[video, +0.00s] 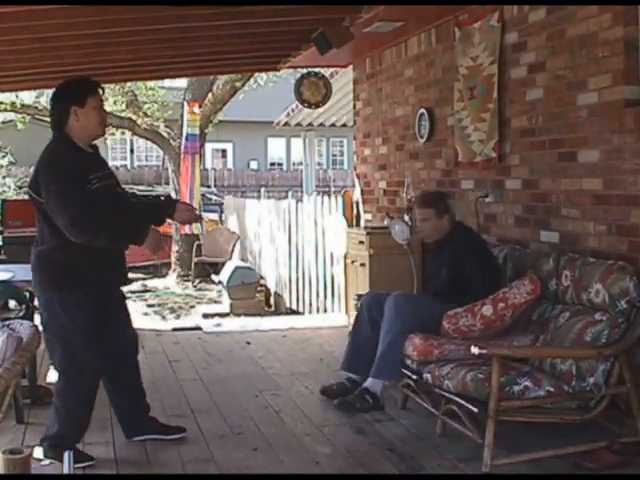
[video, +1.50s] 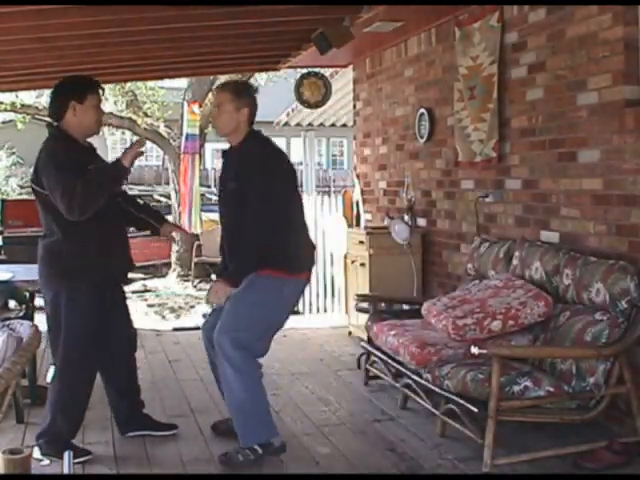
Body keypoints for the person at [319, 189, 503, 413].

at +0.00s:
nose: (419, 226)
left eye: (425, 220)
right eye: (417, 221)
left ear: (446, 219)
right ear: (416, 220)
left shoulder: (468, 243)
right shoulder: (432, 244)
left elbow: (487, 289)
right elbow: (433, 285)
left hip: (465, 316)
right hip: (438, 309)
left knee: (400, 303)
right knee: (373, 301)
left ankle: (373, 391)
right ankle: (355, 379)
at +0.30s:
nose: (344, 229)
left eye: (350, 222)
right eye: (344, 222)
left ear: (371, 222)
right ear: (369, 224)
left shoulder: (410, 245)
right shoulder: (376, 253)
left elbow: (413, 295)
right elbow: (388, 294)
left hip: (445, 317)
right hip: (416, 309)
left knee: (378, 315)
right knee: (354, 307)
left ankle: (383, 404)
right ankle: (361, 382)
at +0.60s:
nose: (307, 163)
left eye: (313, 156)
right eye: (307, 157)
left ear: (335, 157)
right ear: (315, 161)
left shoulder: (372, 189)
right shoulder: (329, 198)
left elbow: (403, 230)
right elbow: (348, 237)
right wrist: (358, 267)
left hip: (396, 275)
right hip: (365, 274)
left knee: (350, 324)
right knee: (331, 319)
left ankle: (379, 406)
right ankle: (352, 385)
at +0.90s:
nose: (288, 101)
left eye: (297, 95)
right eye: (290, 94)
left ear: (318, 103)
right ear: (299, 102)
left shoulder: (338, 146)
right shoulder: (297, 144)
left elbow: (339, 211)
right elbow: (312, 207)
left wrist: (318, 269)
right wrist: (315, 255)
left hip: (357, 252)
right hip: (321, 249)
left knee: (348, 332)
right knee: (288, 314)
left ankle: (377, 409)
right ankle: (287, 399)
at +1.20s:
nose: (246, 87)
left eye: (254, 80)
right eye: (246, 80)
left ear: (276, 87)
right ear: (265, 88)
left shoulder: (290, 129)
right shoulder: (258, 130)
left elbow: (293, 195)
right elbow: (260, 193)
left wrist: (258, 246)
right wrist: (249, 241)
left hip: (293, 246)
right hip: (264, 247)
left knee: (269, 325)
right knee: (236, 324)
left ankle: (317, 408)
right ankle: (250, 410)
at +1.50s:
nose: (214, 116)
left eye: (221, 109)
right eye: (214, 109)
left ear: (245, 112)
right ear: (228, 114)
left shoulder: (261, 157)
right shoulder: (235, 156)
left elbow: (260, 226)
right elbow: (237, 223)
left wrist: (231, 277)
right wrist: (226, 272)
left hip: (282, 268)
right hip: (261, 267)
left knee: (232, 339)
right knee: (214, 332)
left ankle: (262, 439)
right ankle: (246, 417)